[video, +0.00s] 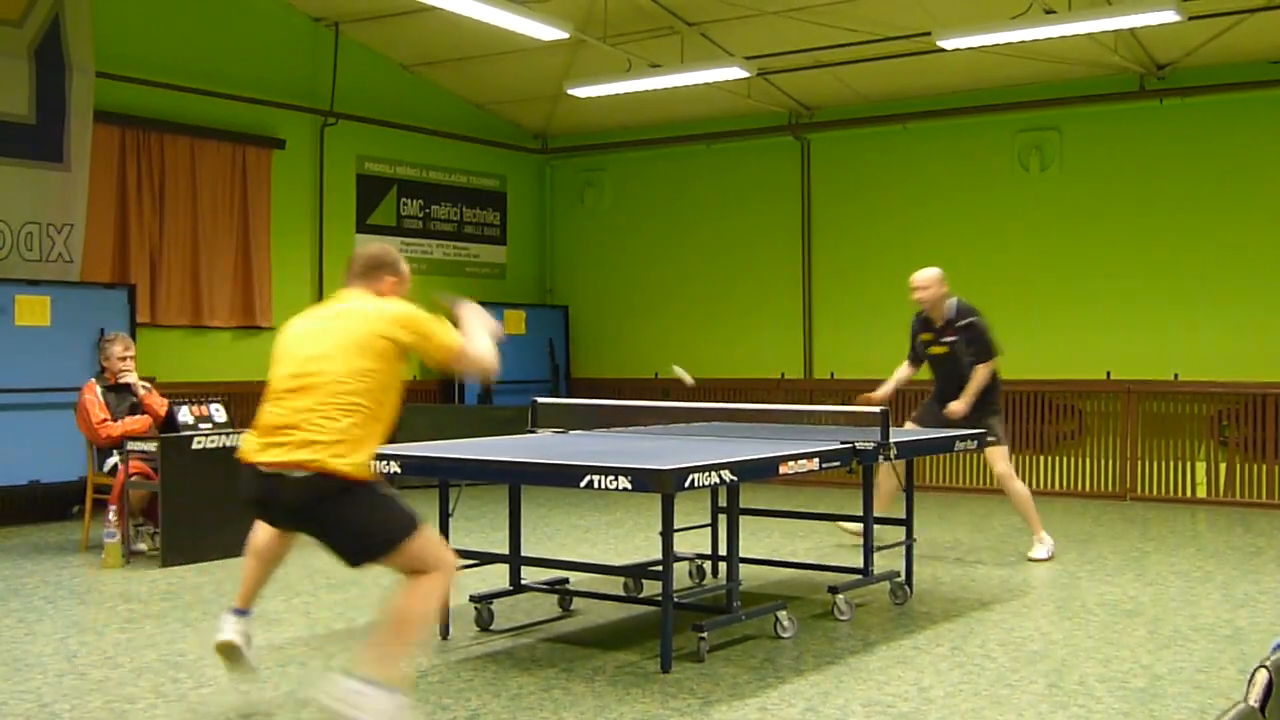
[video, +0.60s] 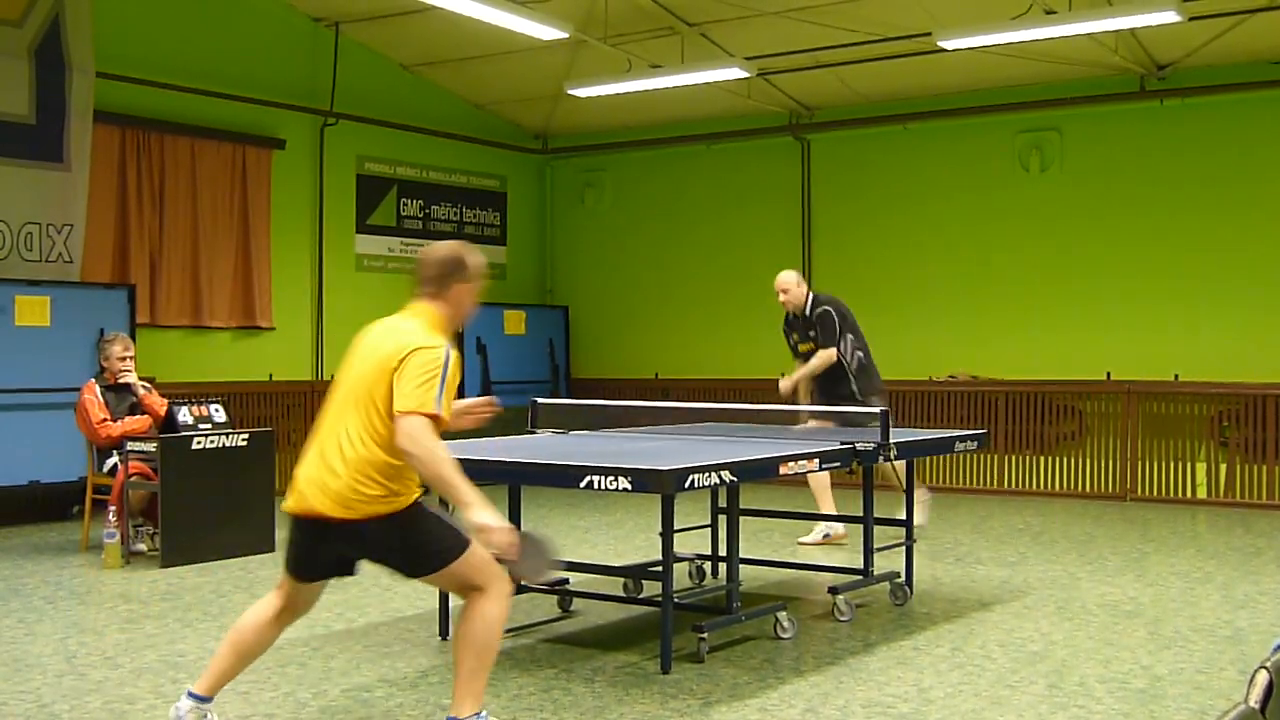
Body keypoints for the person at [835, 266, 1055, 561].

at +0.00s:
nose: (918, 295)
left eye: (924, 288)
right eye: (914, 290)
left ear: (943, 287)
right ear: (913, 293)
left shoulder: (967, 317)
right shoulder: (921, 322)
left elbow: (986, 363)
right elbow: (912, 363)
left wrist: (965, 401)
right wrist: (884, 391)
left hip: (981, 401)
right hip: (942, 399)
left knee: (1002, 471)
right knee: (894, 450)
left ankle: (1041, 536)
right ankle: (870, 522)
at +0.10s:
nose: (886, 302)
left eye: (891, 296)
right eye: (884, 297)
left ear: (913, 295)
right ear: (891, 298)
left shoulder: (941, 320)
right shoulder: (898, 327)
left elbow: (971, 359)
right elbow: (882, 364)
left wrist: (953, 396)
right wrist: (847, 392)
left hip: (966, 401)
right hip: (928, 400)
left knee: (993, 468)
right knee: (880, 443)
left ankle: (1040, 536)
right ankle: (859, 515)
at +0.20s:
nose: (837, 315)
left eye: (843, 309)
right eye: (836, 310)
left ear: (863, 307)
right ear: (843, 314)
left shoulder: (892, 323)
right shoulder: (848, 340)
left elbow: (944, 331)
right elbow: (809, 355)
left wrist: (959, 364)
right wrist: (760, 363)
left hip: (940, 408)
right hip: (901, 411)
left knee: (987, 459)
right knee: (854, 449)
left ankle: (1034, 524)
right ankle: (839, 524)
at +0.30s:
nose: (809, 332)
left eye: (814, 326)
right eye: (808, 327)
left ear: (833, 322)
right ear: (814, 328)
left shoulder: (865, 332)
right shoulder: (820, 347)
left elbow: (911, 329)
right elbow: (778, 360)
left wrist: (918, 324)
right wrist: (738, 360)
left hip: (919, 412)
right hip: (882, 416)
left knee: (963, 457)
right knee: (836, 441)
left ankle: (1031, 505)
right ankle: (834, 526)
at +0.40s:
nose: (794, 324)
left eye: (798, 316)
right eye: (791, 320)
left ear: (816, 312)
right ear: (795, 323)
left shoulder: (841, 327)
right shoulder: (804, 351)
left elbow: (871, 340)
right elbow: (783, 386)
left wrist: (841, 354)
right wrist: (752, 403)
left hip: (889, 406)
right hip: (850, 413)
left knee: (930, 456)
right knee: (813, 456)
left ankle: (1001, 485)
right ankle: (833, 525)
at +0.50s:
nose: (788, 313)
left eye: (792, 306)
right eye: (785, 308)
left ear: (809, 303)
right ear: (787, 311)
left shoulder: (833, 321)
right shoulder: (797, 339)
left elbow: (848, 352)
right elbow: (791, 386)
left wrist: (812, 379)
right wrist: (774, 427)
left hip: (876, 402)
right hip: (839, 409)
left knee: (913, 453)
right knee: (807, 457)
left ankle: (973, 485)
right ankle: (832, 525)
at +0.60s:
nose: (780, 298)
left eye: (784, 291)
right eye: (777, 293)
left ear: (802, 288)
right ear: (779, 295)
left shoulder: (827, 309)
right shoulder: (791, 323)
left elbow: (828, 354)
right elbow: (803, 367)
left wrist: (793, 378)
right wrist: (805, 412)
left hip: (864, 397)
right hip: (829, 400)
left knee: (882, 449)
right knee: (809, 452)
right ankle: (831, 522)